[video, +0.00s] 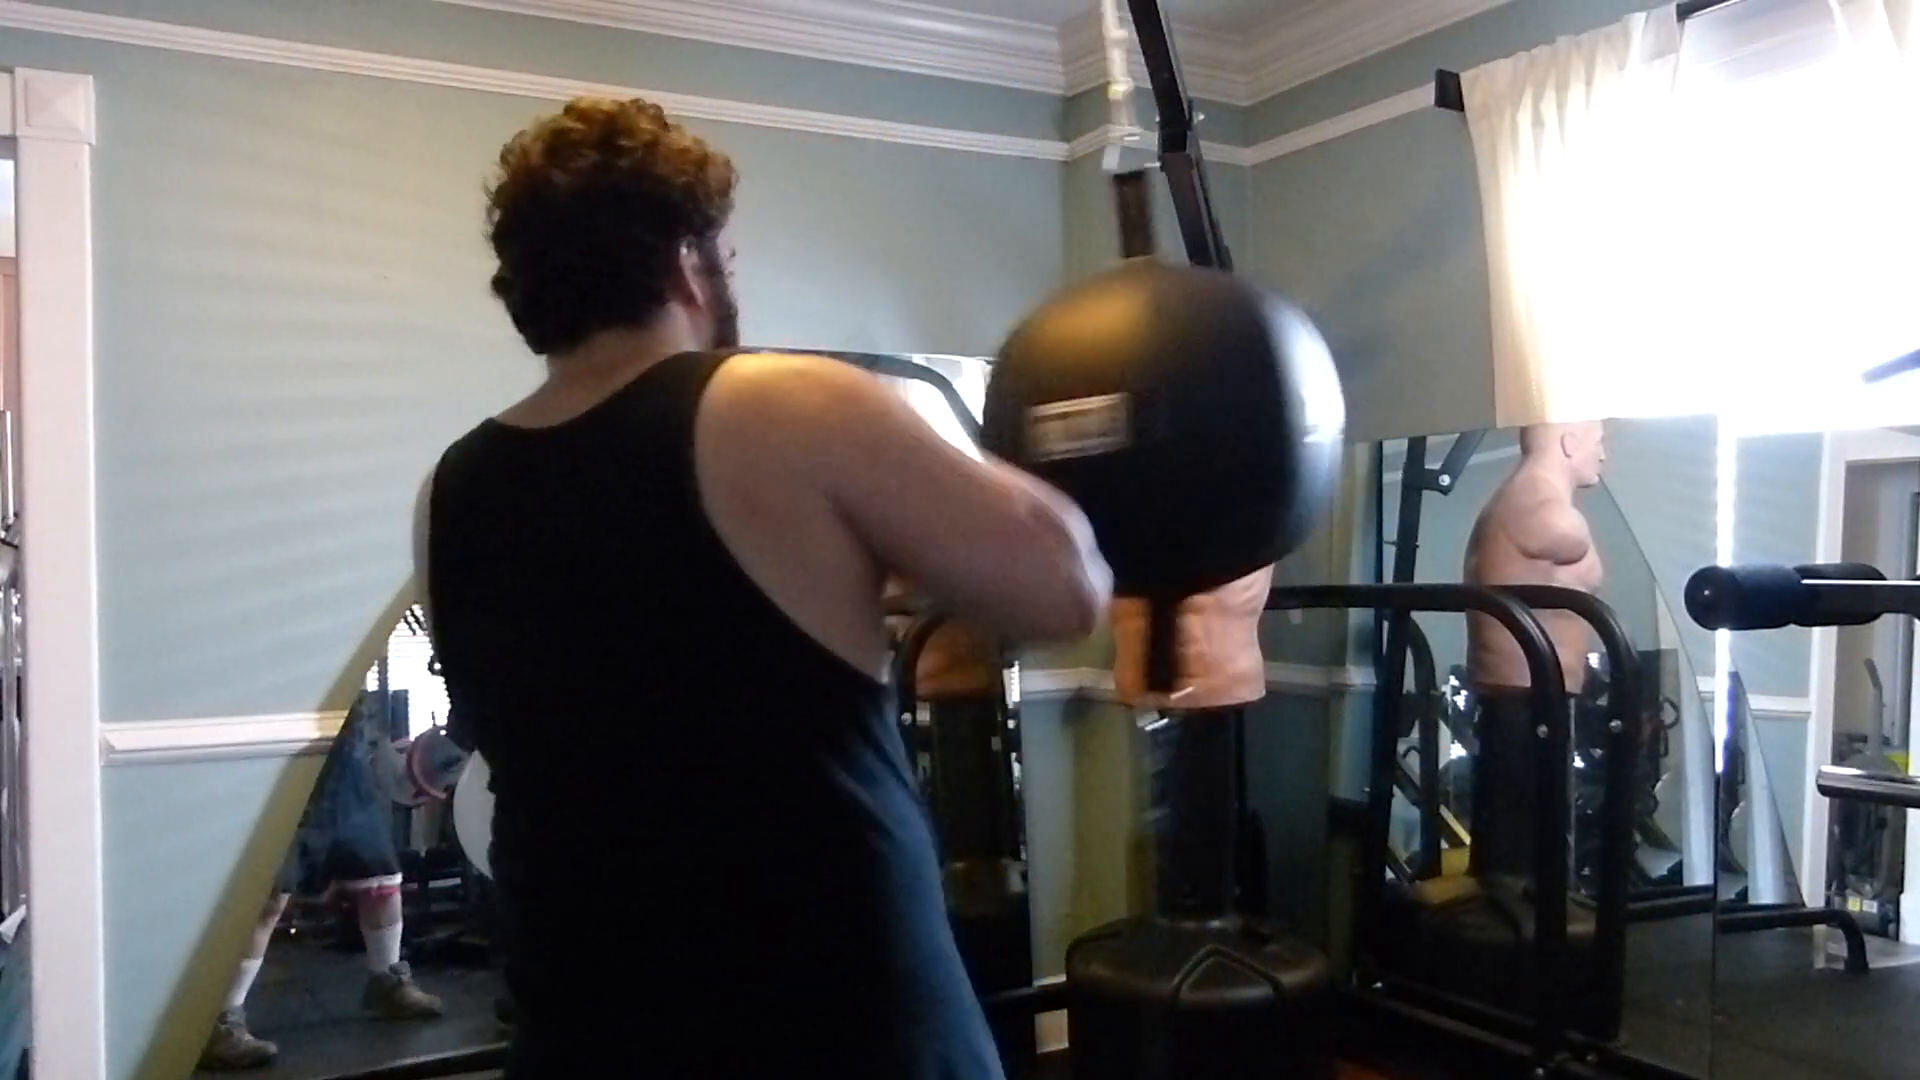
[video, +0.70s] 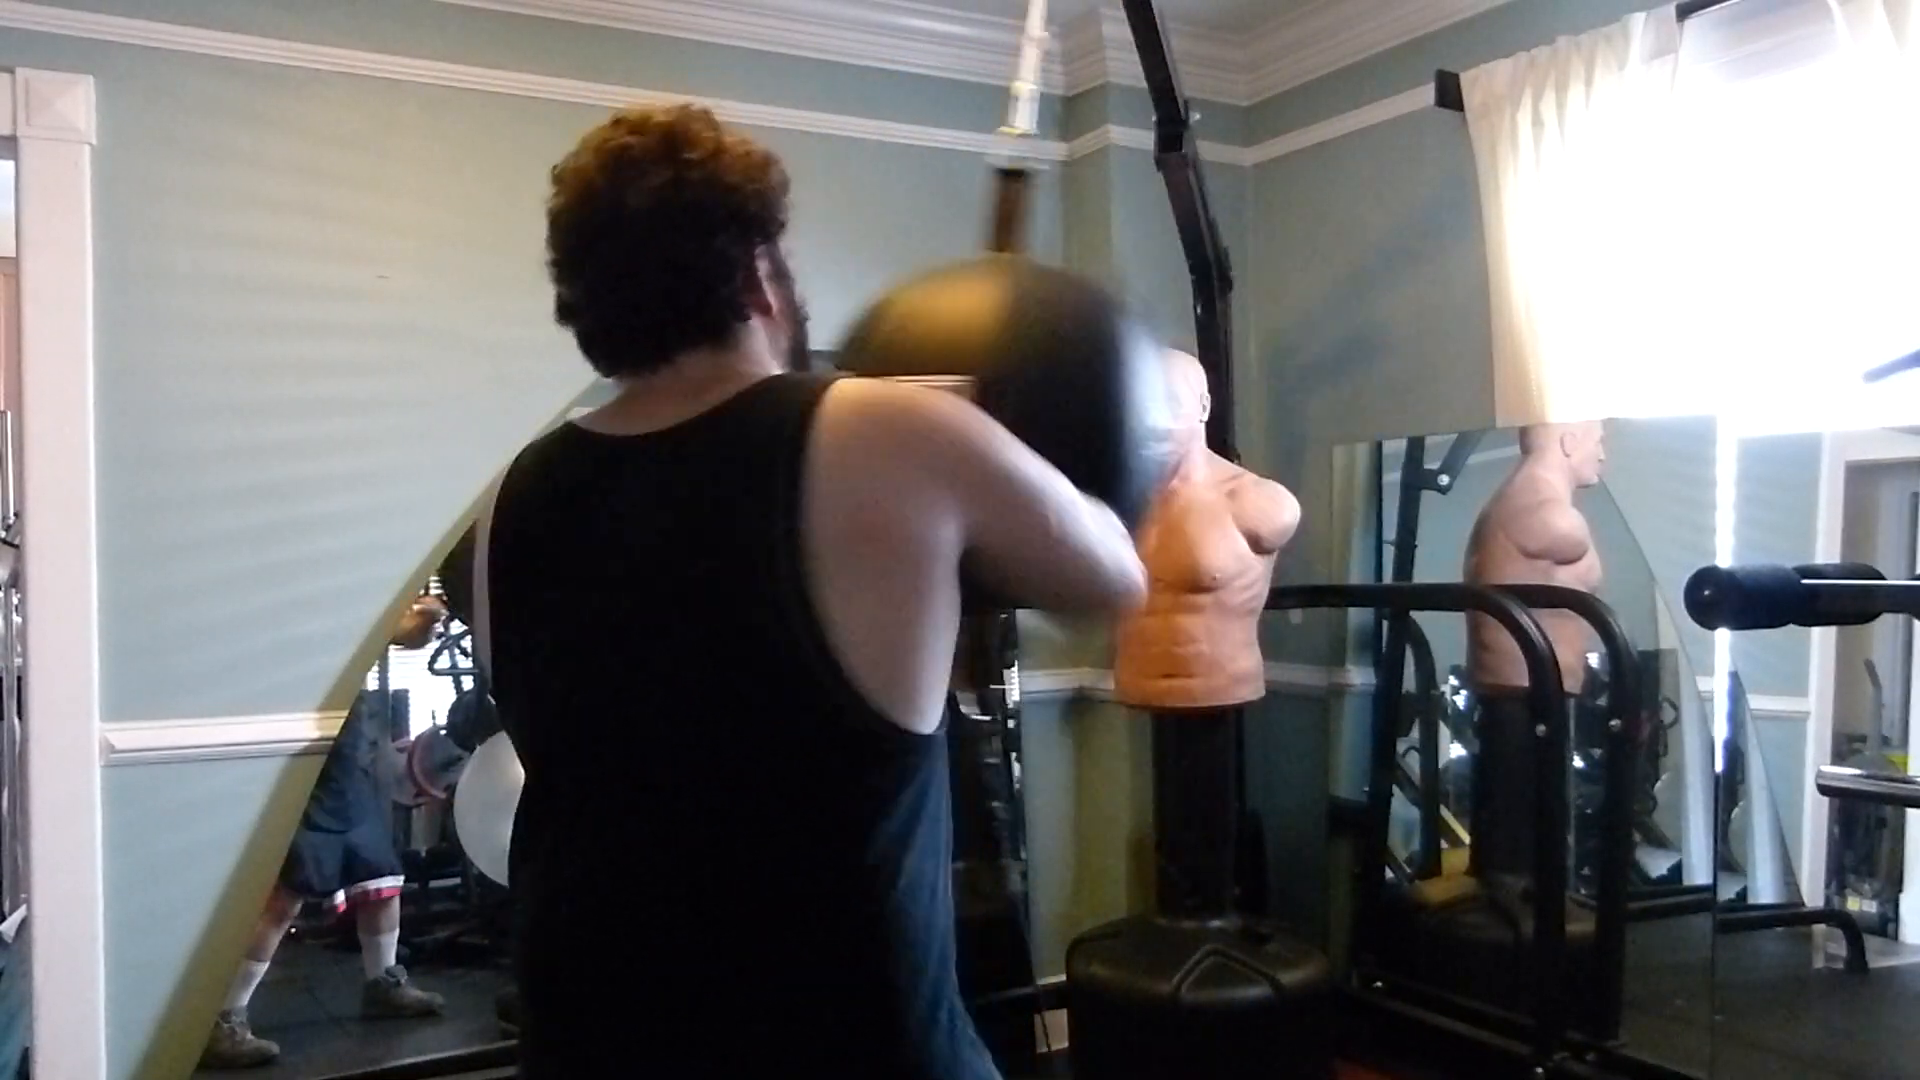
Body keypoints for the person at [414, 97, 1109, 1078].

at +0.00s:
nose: (735, 283)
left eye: (730, 254)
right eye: (726, 256)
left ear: (529, 291)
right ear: (687, 266)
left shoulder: (450, 495)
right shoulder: (799, 408)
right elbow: (1062, 592)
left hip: (582, 986)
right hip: (833, 981)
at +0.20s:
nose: (793, 275)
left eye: (787, 247)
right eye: (785, 248)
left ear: (585, 283)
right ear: (760, 261)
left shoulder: (503, 485)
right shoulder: (901, 403)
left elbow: (526, 679)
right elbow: (1114, 584)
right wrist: (983, 466)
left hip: (634, 998)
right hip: (899, 990)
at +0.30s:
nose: (831, 275)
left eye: (826, 245)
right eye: (823, 246)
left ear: (622, 278)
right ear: (795, 262)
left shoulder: (549, 479)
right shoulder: (919, 431)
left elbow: (577, 716)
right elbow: (1118, 694)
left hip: (635, 1010)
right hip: (897, 1008)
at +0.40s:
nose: (859, 269)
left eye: (856, 241)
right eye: (854, 241)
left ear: (649, 280)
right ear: (821, 260)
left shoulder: (607, 469)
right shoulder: (896, 453)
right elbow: (1092, 762)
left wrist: (986, 460)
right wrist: (1140, 614)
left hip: (643, 1012)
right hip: (886, 1022)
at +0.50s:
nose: (857, 271)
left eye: (854, 244)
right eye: (853, 244)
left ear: (647, 276)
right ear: (822, 259)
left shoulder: (599, 474)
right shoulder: (861, 455)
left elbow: (815, 604)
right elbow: (1052, 777)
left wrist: (1036, 461)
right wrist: (1080, 679)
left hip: (637, 1020)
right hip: (875, 1029)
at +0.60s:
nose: (837, 287)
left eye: (832, 256)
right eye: (830, 254)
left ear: (627, 288)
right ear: (798, 264)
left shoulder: (562, 487)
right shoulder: (853, 449)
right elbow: (1074, 745)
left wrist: (909, 507)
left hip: (617, 1012)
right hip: (861, 1019)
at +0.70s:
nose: (796, 284)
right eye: (787, 257)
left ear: (583, 305)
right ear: (763, 274)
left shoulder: (514, 507)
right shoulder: (904, 437)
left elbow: (538, 721)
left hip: (593, 1031)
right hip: (866, 1033)